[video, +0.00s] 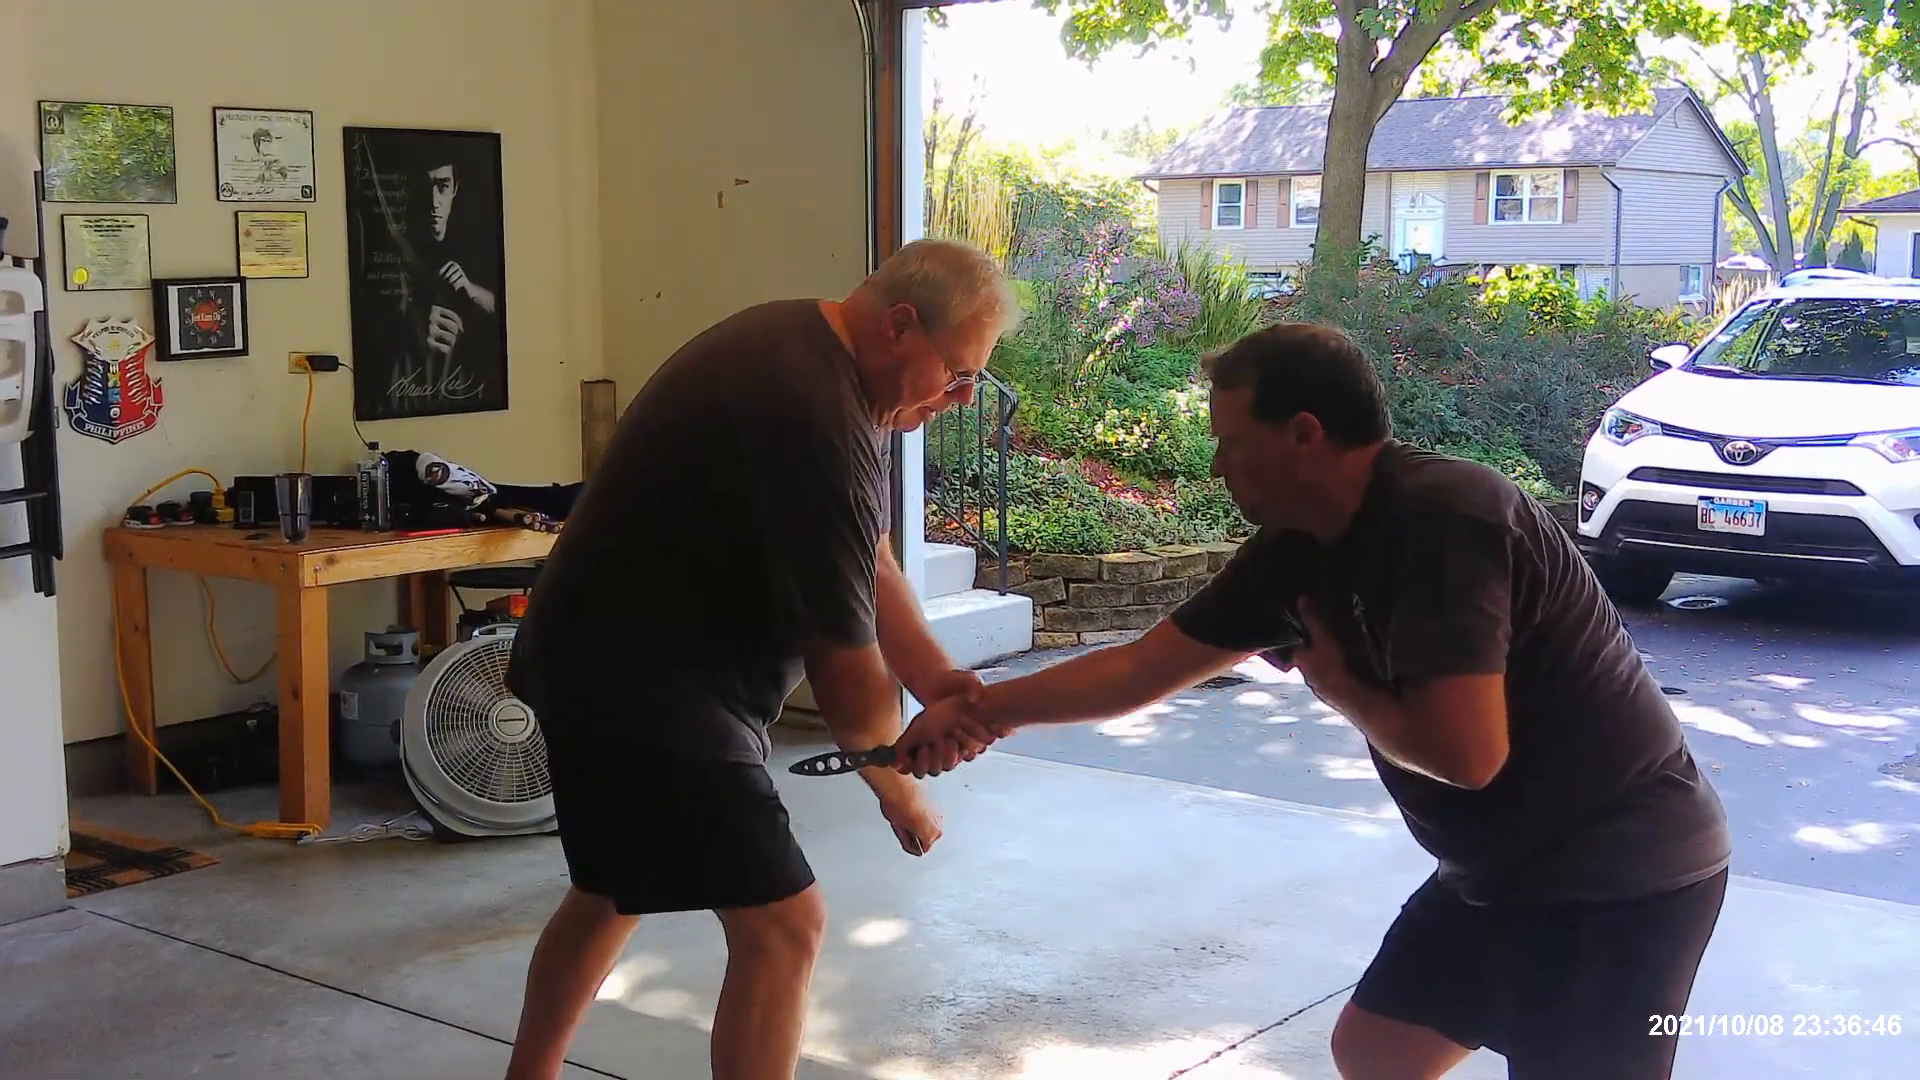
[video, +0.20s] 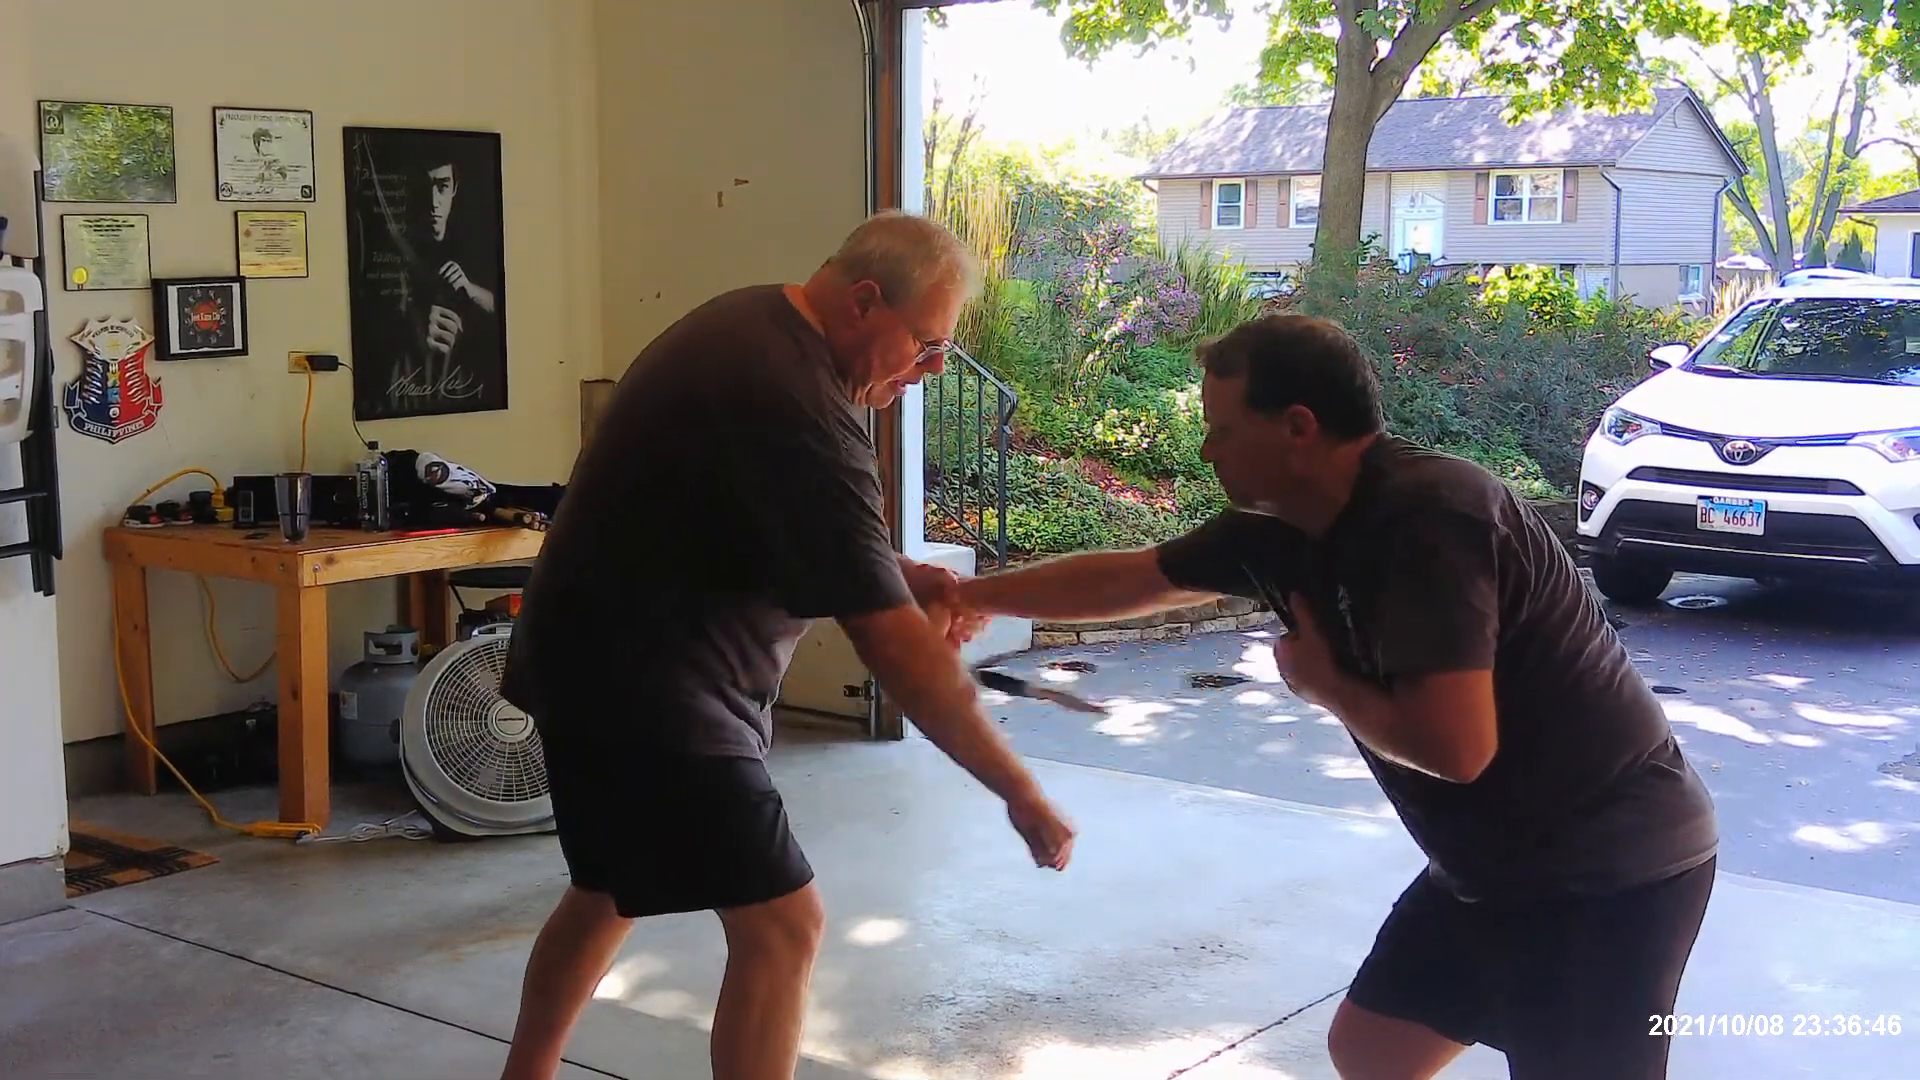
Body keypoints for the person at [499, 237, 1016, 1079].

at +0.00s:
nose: (958, 397)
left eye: (968, 381)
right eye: (958, 373)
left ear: (890, 321)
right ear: (896, 325)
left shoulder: (797, 347)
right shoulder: (821, 415)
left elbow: (869, 564)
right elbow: (845, 665)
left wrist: (939, 683)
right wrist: (895, 787)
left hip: (585, 660)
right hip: (652, 687)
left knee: (606, 889)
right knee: (781, 924)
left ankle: (530, 1070)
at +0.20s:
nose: (926, 368)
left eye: (936, 351)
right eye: (925, 343)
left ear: (852, 296)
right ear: (861, 300)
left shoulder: (748, 325)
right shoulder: (803, 410)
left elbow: (766, 514)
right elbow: (895, 643)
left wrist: (896, 575)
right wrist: (1018, 788)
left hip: (576, 653)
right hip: (653, 684)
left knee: (607, 886)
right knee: (781, 922)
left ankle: (526, 1069)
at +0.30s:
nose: (920, 346)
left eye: (927, 327)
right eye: (914, 321)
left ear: (840, 279)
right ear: (846, 289)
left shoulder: (728, 320)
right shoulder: (797, 400)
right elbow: (947, 582)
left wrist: (910, 556)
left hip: (574, 660)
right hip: (657, 688)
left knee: (601, 890)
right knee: (781, 922)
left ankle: (525, 1072)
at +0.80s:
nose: (904, 270)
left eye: (904, 248)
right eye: (889, 244)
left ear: (805, 234)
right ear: (810, 231)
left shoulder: (730, 308)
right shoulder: (757, 333)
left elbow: (803, 510)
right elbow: (815, 519)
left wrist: (952, 574)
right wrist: (1021, 595)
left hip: (636, 686)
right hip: (692, 700)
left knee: (633, 892)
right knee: (804, 930)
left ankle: (537, 1069)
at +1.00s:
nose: (895, 233)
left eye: (894, 211)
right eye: (877, 211)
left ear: (802, 212)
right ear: (799, 208)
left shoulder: (783, 315)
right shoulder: (747, 331)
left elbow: (758, 524)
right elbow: (763, 551)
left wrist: (847, 604)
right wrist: (943, 579)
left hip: (730, 679)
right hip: (714, 691)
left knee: (716, 914)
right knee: (808, 938)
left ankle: (587, 1062)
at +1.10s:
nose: (893, 224)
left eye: (892, 201)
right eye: (873, 202)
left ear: (806, 204)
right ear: (796, 200)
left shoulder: (794, 312)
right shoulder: (745, 335)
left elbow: (818, 519)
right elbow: (789, 568)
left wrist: (872, 598)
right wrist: (978, 527)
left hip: (785, 666)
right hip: (726, 687)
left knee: (836, 867)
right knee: (814, 936)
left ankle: (679, 1057)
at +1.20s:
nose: (891, 214)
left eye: (890, 192)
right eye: (874, 192)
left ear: (799, 195)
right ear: (795, 193)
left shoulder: (790, 306)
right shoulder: (760, 331)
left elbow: (806, 496)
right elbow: (862, 550)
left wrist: (901, 581)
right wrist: (1034, 466)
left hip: (801, 668)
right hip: (745, 692)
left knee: (886, 856)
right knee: (831, 934)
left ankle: (784, 1046)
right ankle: (781, 1076)